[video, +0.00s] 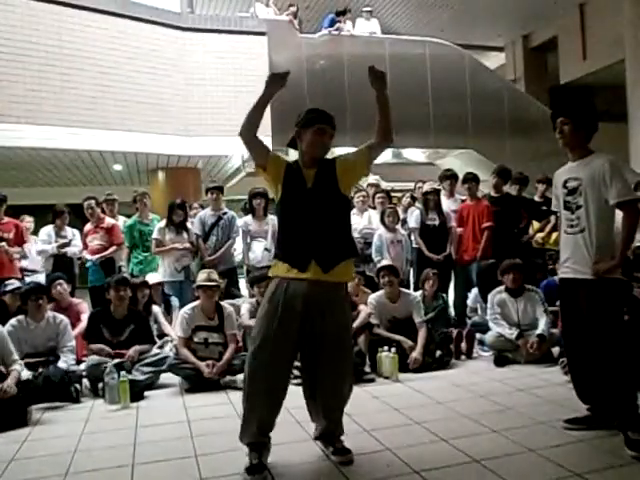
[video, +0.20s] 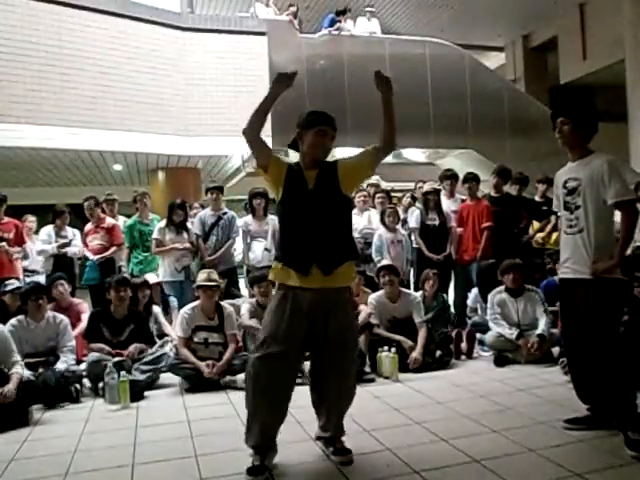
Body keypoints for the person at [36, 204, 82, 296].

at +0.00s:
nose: (64, 222)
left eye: (65, 218)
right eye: (61, 219)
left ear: (68, 219)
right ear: (55, 219)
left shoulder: (74, 232)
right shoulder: (46, 231)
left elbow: (78, 248)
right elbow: (39, 249)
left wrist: (66, 251)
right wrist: (56, 248)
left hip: (69, 265)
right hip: (51, 265)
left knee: (69, 294)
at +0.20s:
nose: (64, 222)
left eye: (66, 218)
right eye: (61, 219)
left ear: (68, 219)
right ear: (56, 219)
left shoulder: (74, 232)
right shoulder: (46, 231)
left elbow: (79, 250)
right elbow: (39, 249)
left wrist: (66, 251)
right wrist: (56, 247)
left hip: (69, 264)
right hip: (52, 264)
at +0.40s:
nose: (65, 222)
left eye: (66, 219)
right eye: (62, 219)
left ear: (69, 219)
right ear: (56, 219)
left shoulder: (74, 232)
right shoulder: (46, 231)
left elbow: (79, 250)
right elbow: (39, 249)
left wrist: (66, 251)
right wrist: (56, 248)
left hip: (69, 265)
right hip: (52, 265)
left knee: (70, 294)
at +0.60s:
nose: (65, 222)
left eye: (67, 219)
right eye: (63, 219)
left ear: (69, 219)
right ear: (56, 219)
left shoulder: (75, 232)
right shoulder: (46, 231)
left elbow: (78, 250)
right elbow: (39, 250)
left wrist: (65, 251)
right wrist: (56, 247)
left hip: (69, 266)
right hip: (51, 266)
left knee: (69, 294)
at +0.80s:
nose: (65, 222)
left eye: (67, 219)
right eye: (63, 219)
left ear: (69, 219)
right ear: (56, 219)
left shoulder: (74, 232)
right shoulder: (46, 231)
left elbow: (79, 250)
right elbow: (39, 249)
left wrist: (65, 251)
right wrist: (56, 247)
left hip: (68, 267)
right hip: (51, 267)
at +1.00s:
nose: (64, 222)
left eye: (66, 219)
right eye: (62, 219)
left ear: (68, 219)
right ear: (55, 219)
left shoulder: (74, 232)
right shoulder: (45, 231)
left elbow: (78, 250)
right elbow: (38, 250)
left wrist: (65, 251)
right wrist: (56, 248)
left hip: (68, 266)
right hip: (51, 266)